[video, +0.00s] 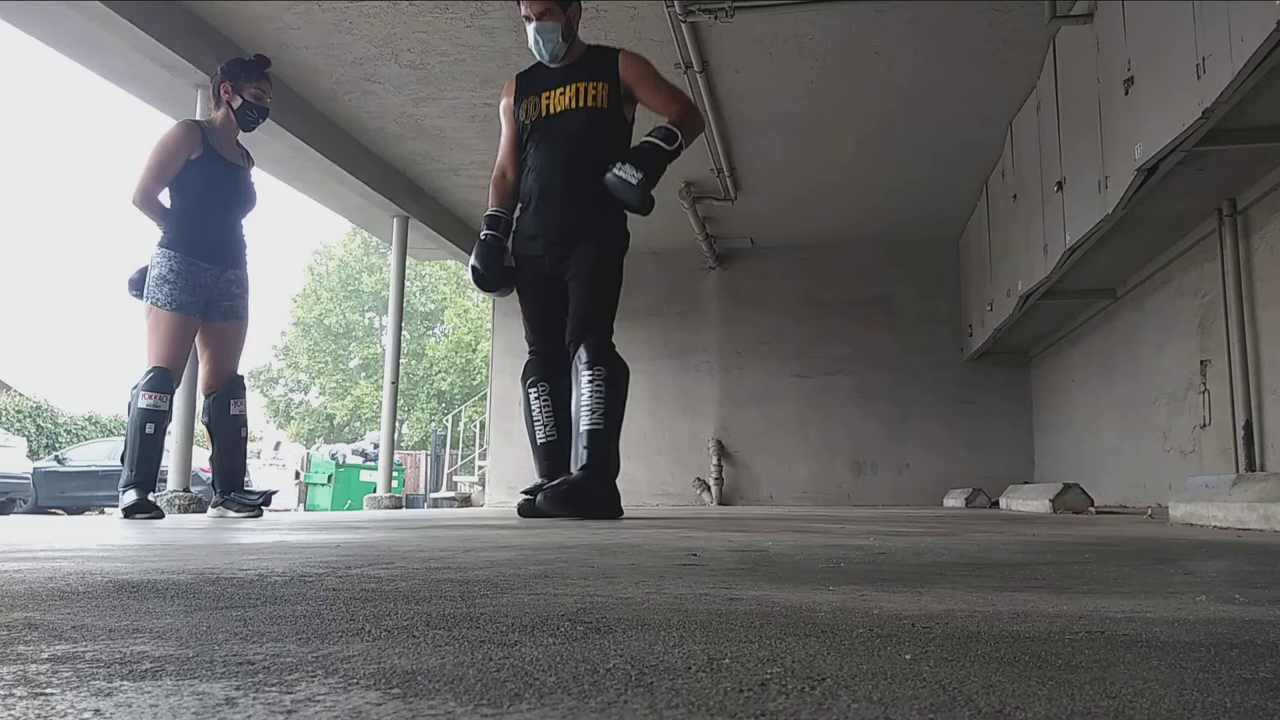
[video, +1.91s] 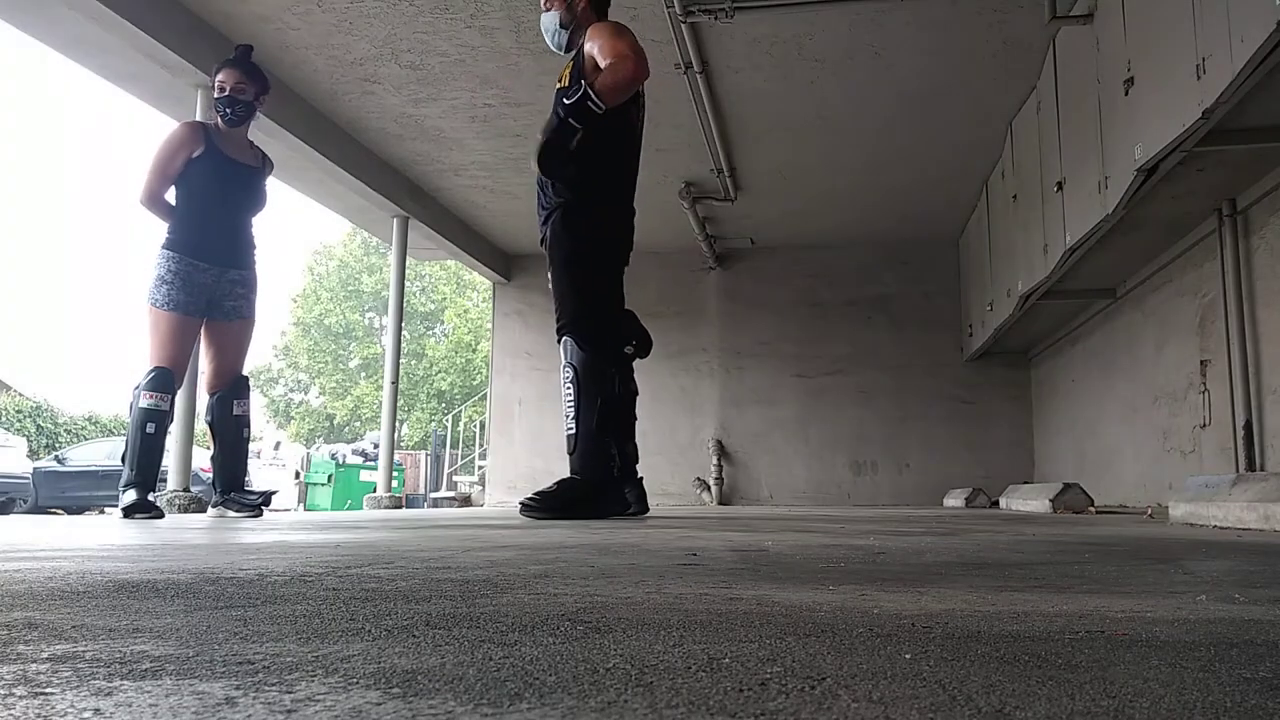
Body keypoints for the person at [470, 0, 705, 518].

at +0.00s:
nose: (536, 27)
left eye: (546, 15)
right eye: (528, 18)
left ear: (575, 14)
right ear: (523, 24)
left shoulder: (618, 65)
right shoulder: (516, 90)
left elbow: (688, 115)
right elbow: (505, 171)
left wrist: (653, 152)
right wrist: (493, 232)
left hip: (594, 232)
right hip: (533, 239)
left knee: (589, 344)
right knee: (543, 356)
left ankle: (596, 483)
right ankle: (556, 482)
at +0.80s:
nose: (553, 18)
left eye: (555, 11)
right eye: (553, 15)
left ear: (572, 5)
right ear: (573, 15)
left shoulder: (602, 21)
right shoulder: (581, 50)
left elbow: (646, 58)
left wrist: (593, 118)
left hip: (599, 209)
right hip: (580, 215)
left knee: (590, 343)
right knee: (581, 346)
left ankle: (591, 485)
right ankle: (618, 480)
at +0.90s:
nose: (553, 13)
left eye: (557, 4)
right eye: (553, 7)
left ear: (583, 2)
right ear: (584, 8)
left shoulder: (603, 25)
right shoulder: (588, 44)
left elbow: (642, 61)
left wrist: (590, 122)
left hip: (599, 215)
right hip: (584, 218)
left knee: (588, 344)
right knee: (592, 346)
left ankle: (591, 484)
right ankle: (619, 483)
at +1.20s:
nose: (551, 22)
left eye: (557, 10)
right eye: (549, 13)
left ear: (589, 7)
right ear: (585, 11)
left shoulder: (606, 37)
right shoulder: (594, 61)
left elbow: (642, 72)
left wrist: (599, 122)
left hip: (599, 223)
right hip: (606, 225)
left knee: (571, 335)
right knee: (620, 347)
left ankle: (587, 479)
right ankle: (623, 482)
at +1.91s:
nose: (544, 12)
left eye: (549, 3)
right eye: (544, 5)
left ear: (576, 4)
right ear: (581, 7)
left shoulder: (600, 33)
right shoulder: (585, 56)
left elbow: (631, 67)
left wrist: (580, 112)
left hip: (587, 220)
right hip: (582, 222)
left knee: (584, 343)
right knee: (601, 346)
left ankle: (593, 478)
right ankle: (618, 480)